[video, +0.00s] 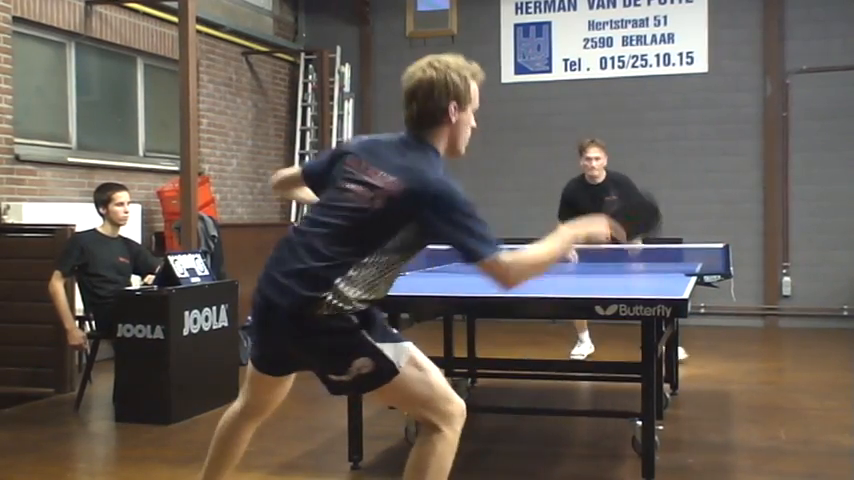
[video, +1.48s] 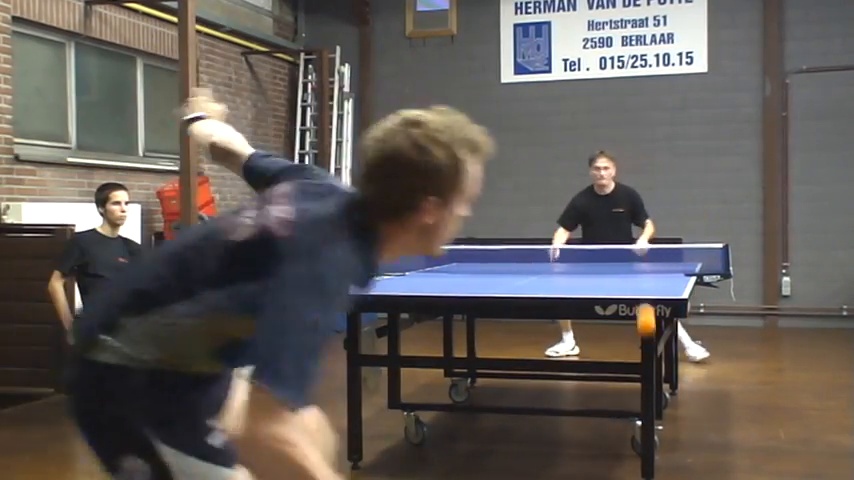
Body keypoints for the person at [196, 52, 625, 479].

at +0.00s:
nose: (476, 121)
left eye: (475, 109)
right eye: (473, 110)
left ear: (419, 109)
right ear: (452, 114)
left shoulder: (358, 148)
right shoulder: (434, 185)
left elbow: (283, 183)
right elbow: (508, 273)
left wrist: (324, 199)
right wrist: (569, 232)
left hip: (274, 298)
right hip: (330, 316)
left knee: (251, 406)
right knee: (447, 414)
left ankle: (209, 477)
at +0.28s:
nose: (413, 72)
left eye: (410, 62)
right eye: (411, 62)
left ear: (345, 65)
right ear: (402, 69)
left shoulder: (298, 111)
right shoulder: (411, 135)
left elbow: (199, 150)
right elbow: (483, 193)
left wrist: (188, 151)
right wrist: (486, 131)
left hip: (241, 277)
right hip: (319, 291)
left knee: (186, 406)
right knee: (398, 417)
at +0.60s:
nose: (276, 99)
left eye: (277, 90)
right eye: (276, 90)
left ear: (205, 91)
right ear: (264, 95)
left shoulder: (141, 139)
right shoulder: (259, 163)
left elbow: (35, 164)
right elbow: (364, 243)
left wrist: (26, 153)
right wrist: (376, 176)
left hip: (79, 340)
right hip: (172, 348)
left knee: (10, 462)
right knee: (295, 454)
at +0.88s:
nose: (180, 118)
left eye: (183, 106)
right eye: (182, 106)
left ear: (107, 100)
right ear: (166, 111)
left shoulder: (28, 156)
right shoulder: (139, 186)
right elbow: (231, 315)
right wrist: (285, 262)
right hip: (15, 378)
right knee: (127, 472)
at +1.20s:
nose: (230, 145)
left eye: (230, 128)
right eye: (226, 129)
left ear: (144, 122)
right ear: (194, 139)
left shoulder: (93, 158)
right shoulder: (102, 226)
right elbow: (142, 391)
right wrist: (281, 399)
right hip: (14, 398)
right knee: (123, 474)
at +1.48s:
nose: (467, 216)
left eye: (469, 202)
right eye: (467, 203)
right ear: (430, 210)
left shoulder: (324, 191)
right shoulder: (325, 269)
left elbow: (230, 147)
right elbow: (263, 434)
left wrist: (200, 118)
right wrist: (325, 465)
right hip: (125, 378)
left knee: (313, 431)